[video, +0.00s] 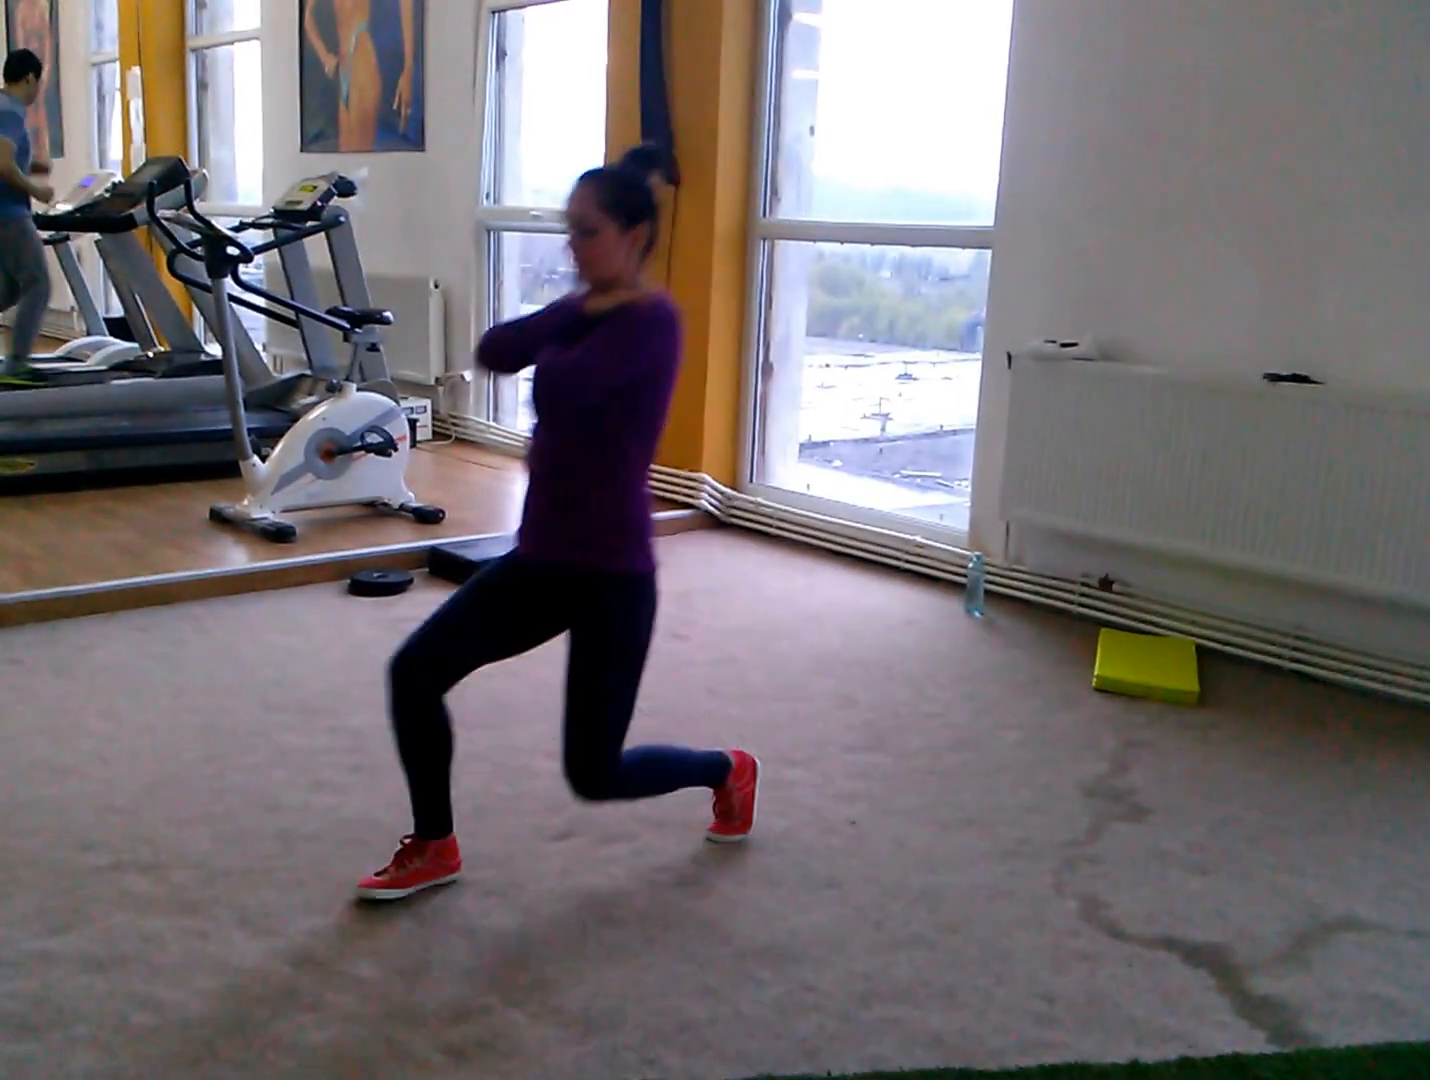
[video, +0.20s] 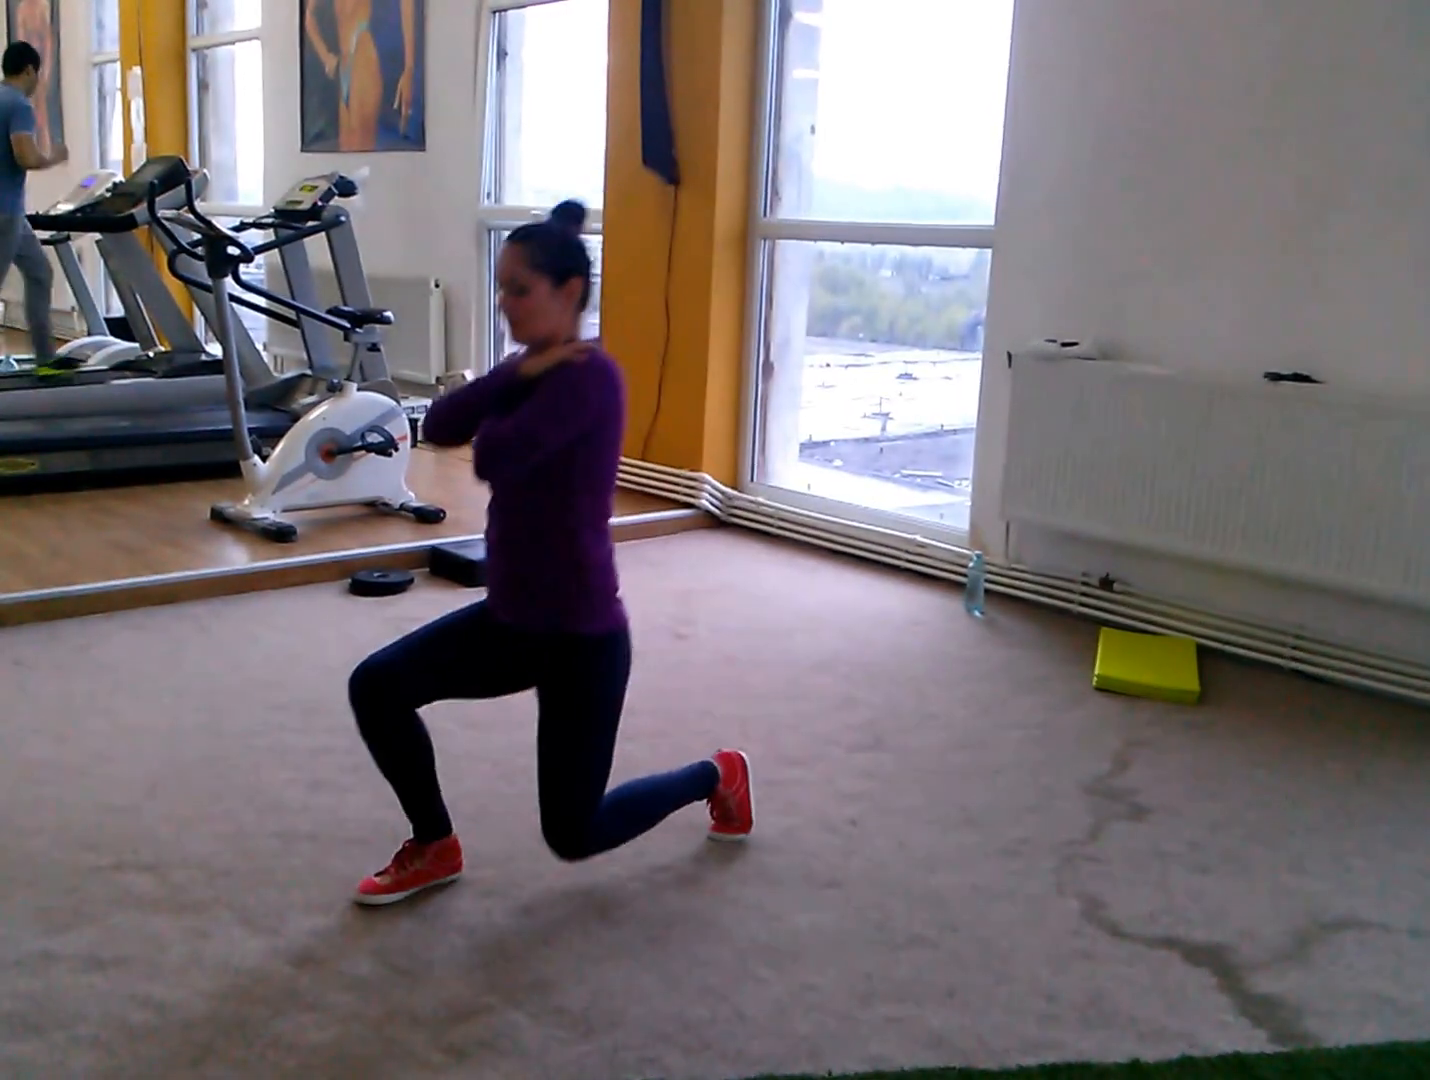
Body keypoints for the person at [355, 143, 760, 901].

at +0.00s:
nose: (572, 248)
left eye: (586, 233)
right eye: (569, 233)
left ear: (637, 237)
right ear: (605, 237)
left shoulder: (654, 322)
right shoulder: (582, 313)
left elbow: (573, 394)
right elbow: (492, 354)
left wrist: (538, 351)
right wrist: (582, 309)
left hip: (613, 577)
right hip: (540, 563)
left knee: (594, 774)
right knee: (415, 672)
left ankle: (727, 771)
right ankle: (433, 844)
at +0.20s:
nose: (505, 305)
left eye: (518, 290)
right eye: (502, 290)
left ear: (571, 291)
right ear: (550, 295)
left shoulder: (590, 378)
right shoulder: (526, 369)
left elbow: (494, 461)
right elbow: (435, 425)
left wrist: (513, 393)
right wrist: (525, 370)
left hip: (583, 637)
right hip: (514, 621)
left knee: (572, 834)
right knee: (376, 686)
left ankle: (716, 777)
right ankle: (433, 844)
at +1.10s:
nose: (707, 149)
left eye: (722, 136)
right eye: (703, 136)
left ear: (771, 143)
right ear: (710, 142)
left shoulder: (791, 227)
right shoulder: (719, 224)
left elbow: (704, 298)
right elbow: (631, 260)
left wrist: (693, 245)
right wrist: (727, 217)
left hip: (763, 478)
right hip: (697, 470)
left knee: (715, 650)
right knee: (600, 597)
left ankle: (762, 787)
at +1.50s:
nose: (801, 198)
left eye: (817, 185)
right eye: (798, 184)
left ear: (861, 195)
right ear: (799, 190)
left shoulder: (878, 275)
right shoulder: (798, 263)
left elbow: (809, 347)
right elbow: (730, 309)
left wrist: (784, 280)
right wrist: (817, 262)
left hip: (868, 494)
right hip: (814, 491)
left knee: (767, 625)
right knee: (877, 612)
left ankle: (764, 785)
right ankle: (948, 676)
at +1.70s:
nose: (850, 277)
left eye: (865, 266)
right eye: (846, 263)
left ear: (907, 270)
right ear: (842, 263)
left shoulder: (923, 347)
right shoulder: (841, 324)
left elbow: (869, 428)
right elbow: (783, 378)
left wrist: (837, 357)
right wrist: (862, 340)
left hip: (899, 547)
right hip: (842, 539)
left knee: (792, 624)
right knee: (898, 664)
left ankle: (770, 787)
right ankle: (995, 681)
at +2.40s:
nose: (861, 336)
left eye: (877, 328)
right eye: (859, 322)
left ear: (921, 333)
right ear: (855, 316)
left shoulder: (930, 403)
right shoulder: (849, 372)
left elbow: (849, 461)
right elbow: (785, 412)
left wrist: (839, 397)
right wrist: (877, 388)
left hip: (885, 592)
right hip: (825, 582)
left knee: (769, 626)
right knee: (867, 710)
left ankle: (771, 785)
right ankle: (970, 678)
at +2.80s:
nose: (858, 348)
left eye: (872, 338)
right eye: (854, 334)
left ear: (916, 340)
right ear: (850, 330)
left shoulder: (930, 410)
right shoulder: (848, 382)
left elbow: (848, 470)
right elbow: (783, 424)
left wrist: (833, 410)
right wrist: (874, 397)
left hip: (888, 601)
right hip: (827, 590)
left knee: (770, 624)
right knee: (870, 718)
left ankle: (774, 784)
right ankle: (972, 678)